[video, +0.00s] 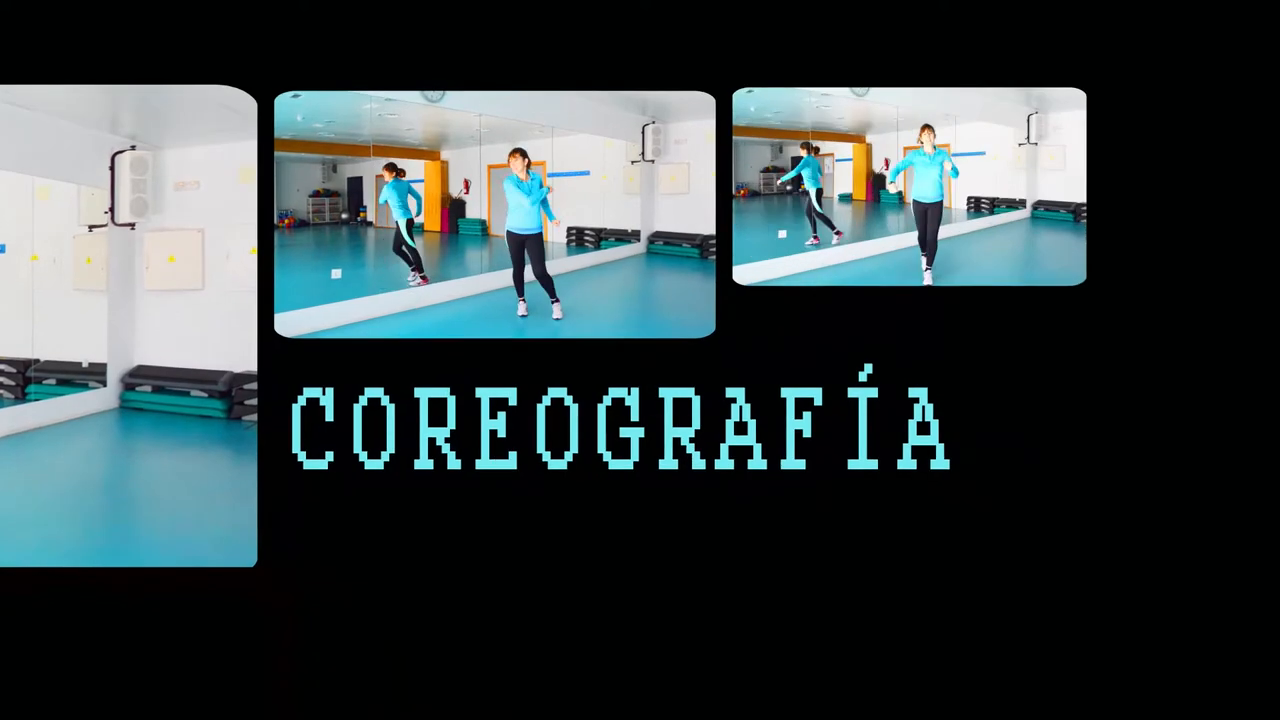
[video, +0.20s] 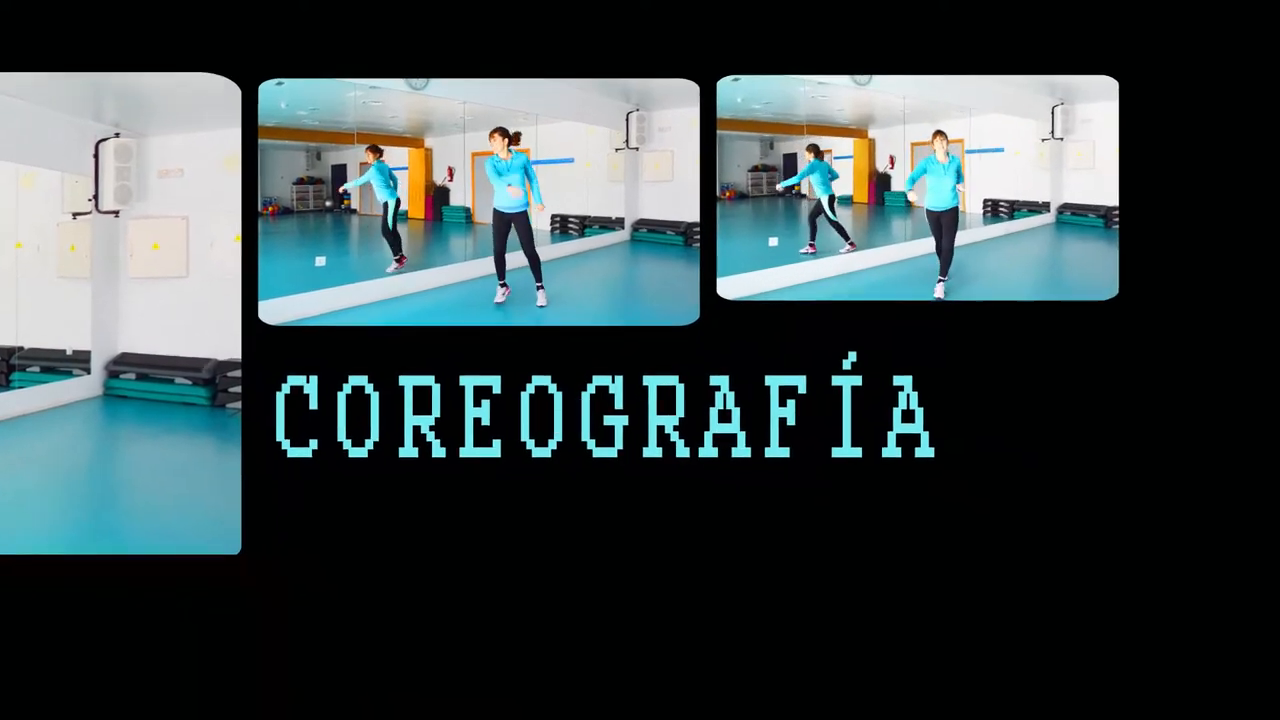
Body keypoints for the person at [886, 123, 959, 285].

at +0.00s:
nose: (928, 136)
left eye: (930, 133)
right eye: (925, 133)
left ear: (934, 136)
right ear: (921, 137)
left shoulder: (942, 154)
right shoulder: (914, 155)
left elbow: (955, 174)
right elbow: (897, 167)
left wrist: (951, 169)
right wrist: (891, 181)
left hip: (936, 200)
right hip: (918, 200)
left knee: (932, 236)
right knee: (922, 233)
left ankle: (928, 269)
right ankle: (923, 255)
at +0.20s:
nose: (940, 143)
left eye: (942, 140)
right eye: (937, 140)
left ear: (947, 142)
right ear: (933, 144)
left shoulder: (955, 161)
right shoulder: (927, 162)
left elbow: (959, 178)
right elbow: (912, 178)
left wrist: (960, 185)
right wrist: (909, 190)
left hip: (950, 208)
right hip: (932, 208)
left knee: (948, 245)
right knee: (939, 243)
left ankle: (941, 281)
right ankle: (944, 269)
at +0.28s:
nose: (944, 133)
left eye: (946, 130)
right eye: (940, 130)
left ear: (951, 132)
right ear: (936, 134)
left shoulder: (958, 152)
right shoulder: (930, 154)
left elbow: (962, 171)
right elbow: (920, 177)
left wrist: (964, 183)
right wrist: (934, 189)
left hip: (955, 200)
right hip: (936, 202)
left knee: (954, 238)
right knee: (941, 237)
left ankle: (951, 277)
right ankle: (944, 264)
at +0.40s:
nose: (947, 120)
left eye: (949, 117)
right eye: (943, 118)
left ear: (954, 119)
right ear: (939, 121)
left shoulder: (963, 138)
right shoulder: (935, 141)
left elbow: (968, 161)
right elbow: (938, 170)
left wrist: (972, 177)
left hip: (959, 188)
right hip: (940, 189)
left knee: (961, 227)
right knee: (944, 228)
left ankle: (966, 265)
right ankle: (947, 262)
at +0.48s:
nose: (949, 115)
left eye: (951, 112)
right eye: (945, 113)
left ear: (956, 114)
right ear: (941, 117)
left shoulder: (965, 134)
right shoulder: (938, 137)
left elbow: (970, 156)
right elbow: (951, 160)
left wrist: (978, 173)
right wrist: (970, 152)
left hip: (962, 185)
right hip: (943, 186)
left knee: (966, 223)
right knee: (947, 223)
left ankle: (977, 257)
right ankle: (950, 257)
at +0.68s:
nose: (944, 96)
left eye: (947, 92)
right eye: (943, 93)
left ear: (958, 93)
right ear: (947, 95)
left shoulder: (973, 109)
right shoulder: (944, 113)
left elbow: (980, 132)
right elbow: (955, 132)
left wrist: (987, 153)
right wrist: (985, 130)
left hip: (971, 162)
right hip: (951, 163)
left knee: (979, 202)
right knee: (954, 202)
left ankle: (991, 238)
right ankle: (955, 236)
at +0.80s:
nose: (948, 82)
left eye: (951, 78)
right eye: (948, 79)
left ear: (962, 79)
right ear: (950, 81)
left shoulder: (979, 97)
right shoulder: (948, 100)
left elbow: (993, 117)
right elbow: (944, 117)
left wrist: (999, 137)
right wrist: (946, 127)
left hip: (978, 150)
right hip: (958, 150)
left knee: (987, 188)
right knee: (953, 189)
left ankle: (997, 226)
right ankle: (957, 226)